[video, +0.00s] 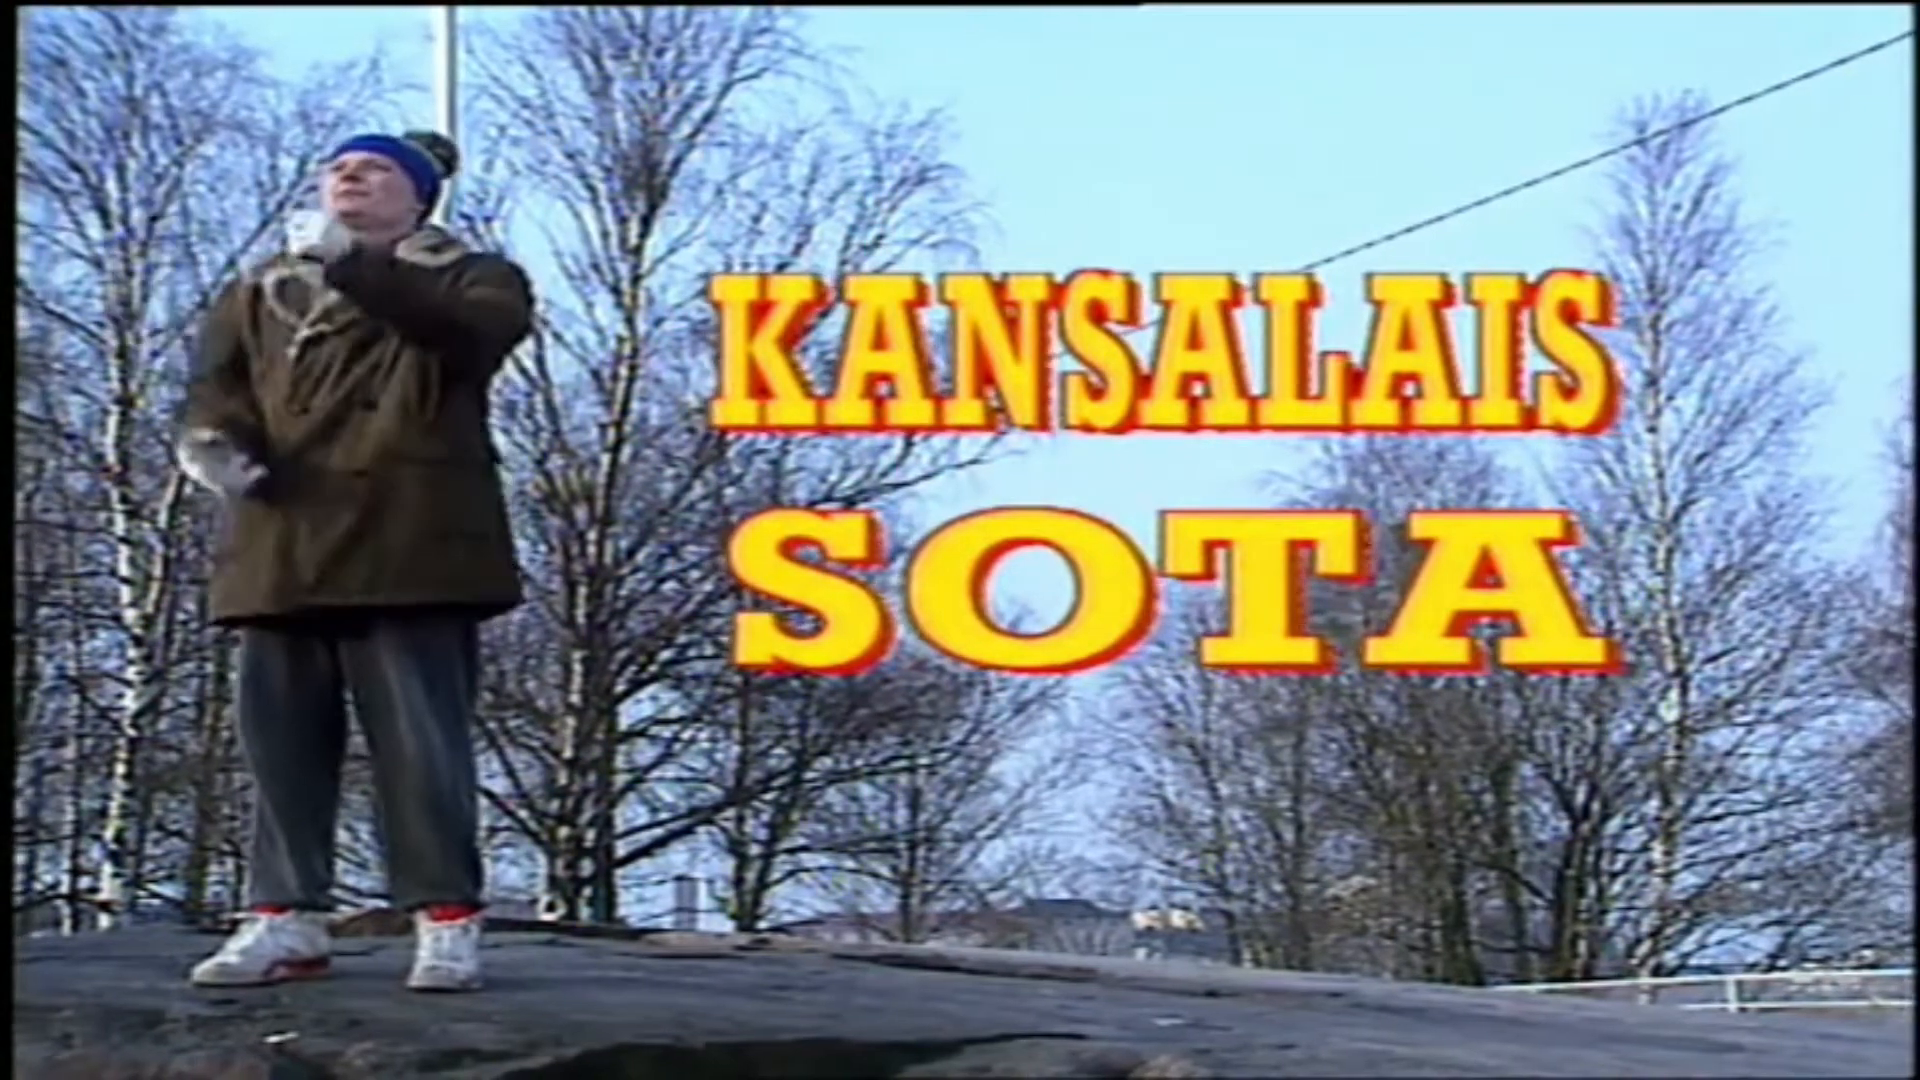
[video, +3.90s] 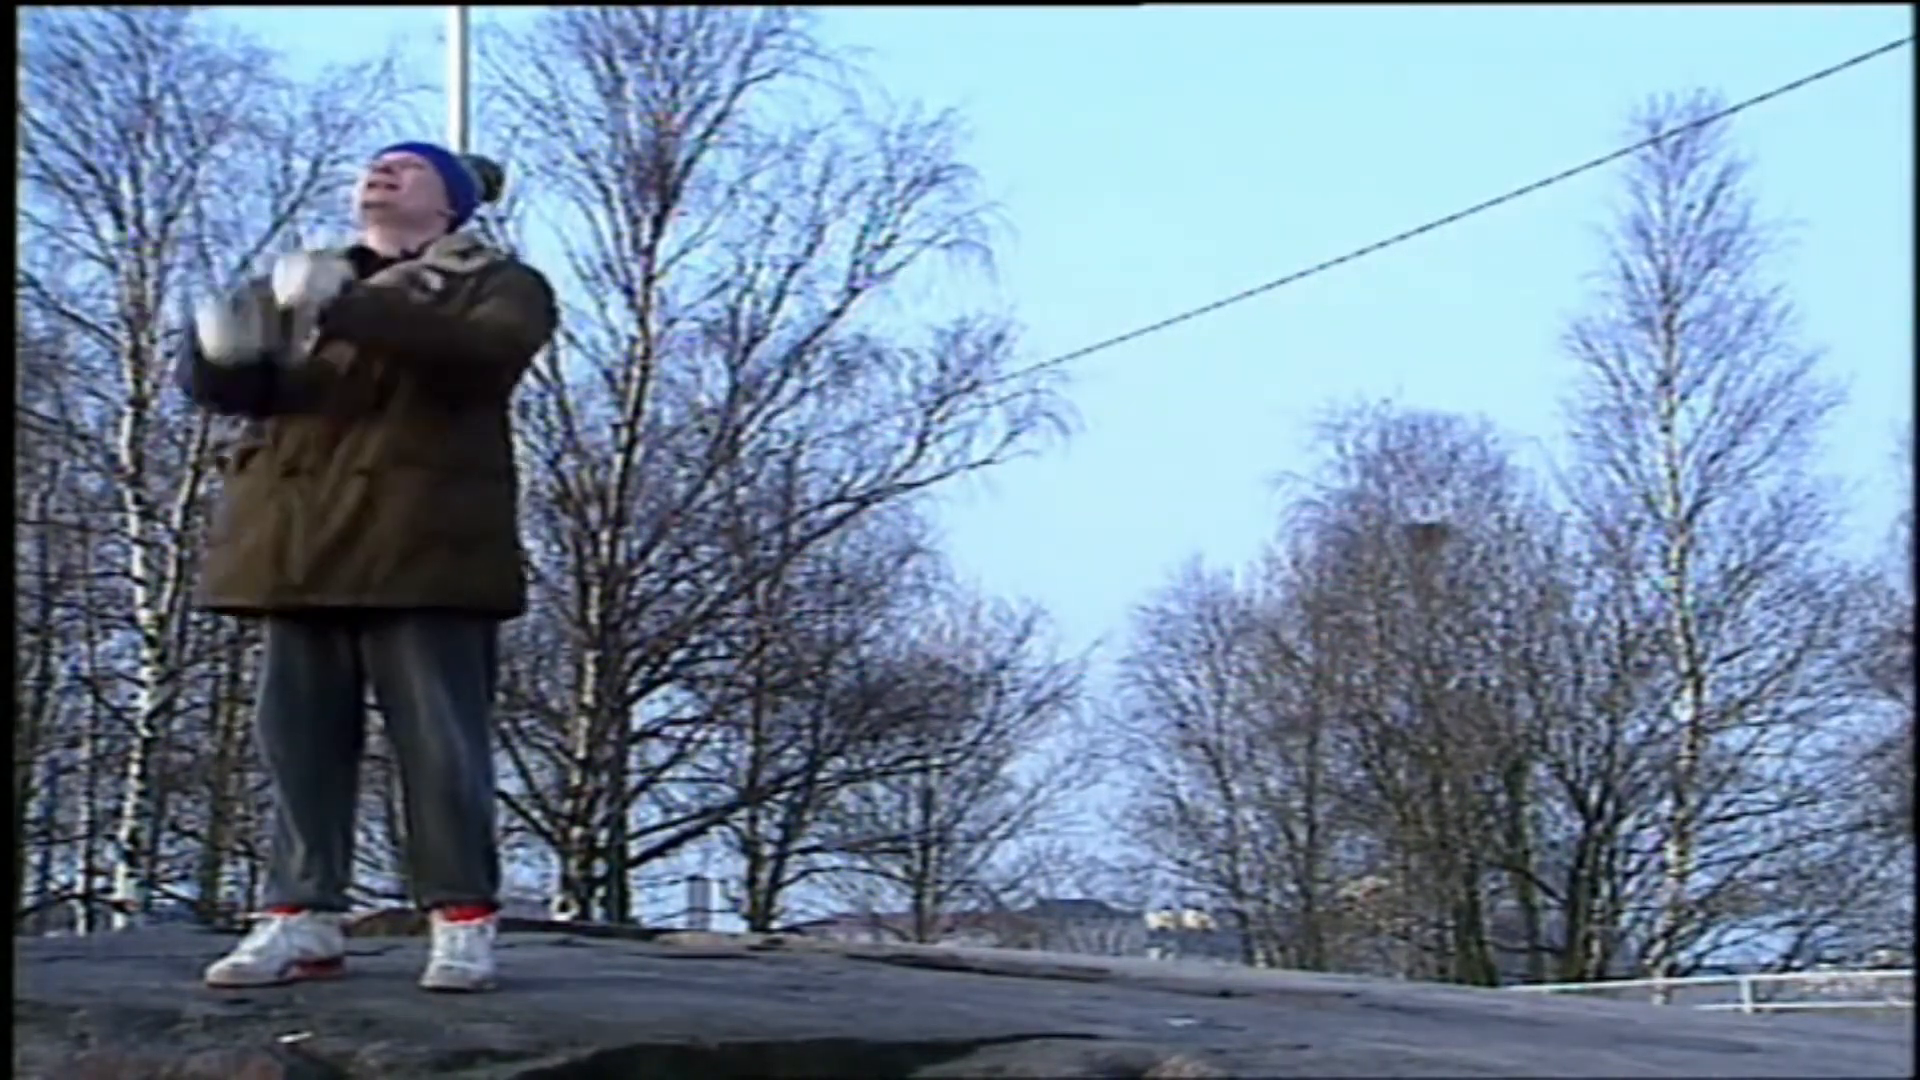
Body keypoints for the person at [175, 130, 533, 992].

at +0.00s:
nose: (349, 178)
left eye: (373, 170)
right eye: (337, 169)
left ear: (420, 198)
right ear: (319, 196)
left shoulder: (459, 269)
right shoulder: (263, 291)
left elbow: (495, 317)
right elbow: (210, 394)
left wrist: (360, 263)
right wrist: (219, 452)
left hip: (413, 545)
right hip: (284, 549)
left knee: (421, 741)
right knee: (280, 741)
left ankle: (446, 919)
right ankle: (290, 918)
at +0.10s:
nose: (345, 185)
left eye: (367, 174)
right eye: (335, 176)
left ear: (419, 195)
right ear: (319, 201)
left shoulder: (473, 276)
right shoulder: (270, 288)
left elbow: (480, 336)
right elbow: (214, 372)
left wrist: (349, 297)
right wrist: (173, 383)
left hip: (413, 549)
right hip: (281, 551)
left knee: (422, 740)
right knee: (279, 738)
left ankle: (448, 920)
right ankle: (291, 917)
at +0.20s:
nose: (342, 185)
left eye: (364, 172)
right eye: (333, 177)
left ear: (417, 194)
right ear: (320, 202)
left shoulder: (481, 283)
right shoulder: (276, 292)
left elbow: (464, 358)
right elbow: (188, 360)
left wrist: (344, 358)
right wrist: (143, 312)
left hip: (415, 559)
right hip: (283, 561)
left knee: (424, 746)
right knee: (284, 746)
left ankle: (449, 921)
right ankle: (290, 918)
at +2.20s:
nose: (367, 180)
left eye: (391, 169)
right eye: (366, 173)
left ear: (446, 197)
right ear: (364, 203)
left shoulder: (507, 280)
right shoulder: (315, 279)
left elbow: (495, 356)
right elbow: (204, 358)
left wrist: (345, 333)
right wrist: (194, 282)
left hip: (436, 554)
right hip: (306, 550)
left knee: (443, 745)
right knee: (302, 740)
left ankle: (462, 920)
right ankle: (305, 918)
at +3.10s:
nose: (380, 174)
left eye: (404, 166)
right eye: (374, 168)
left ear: (454, 204)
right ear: (360, 192)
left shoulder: (498, 276)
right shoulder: (300, 283)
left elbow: (489, 310)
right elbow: (239, 393)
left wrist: (343, 246)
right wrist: (234, 367)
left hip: (432, 543)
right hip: (305, 542)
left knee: (440, 737)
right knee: (300, 734)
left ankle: (461, 919)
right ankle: (305, 918)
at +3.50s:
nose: (376, 174)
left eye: (401, 167)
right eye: (370, 169)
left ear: (450, 204)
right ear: (354, 200)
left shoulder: (503, 279)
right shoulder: (305, 280)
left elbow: (472, 353)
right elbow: (186, 332)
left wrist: (342, 340)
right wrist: (192, 252)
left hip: (435, 559)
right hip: (306, 561)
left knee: (442, 741)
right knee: (299, 738)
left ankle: (463, 919)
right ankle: (305, 918)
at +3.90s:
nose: (375, 177)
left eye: (401, 168)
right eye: (369, 171)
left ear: (452, 204)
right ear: (356, 202)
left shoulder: (502, 282)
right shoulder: (314, 281)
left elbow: (482, 348)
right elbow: (263, 386)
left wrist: (340, 301)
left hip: (429, 550)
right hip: (305, 549)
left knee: (440, 740)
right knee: (299, 737)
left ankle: (461, 918)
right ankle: (306, 918)